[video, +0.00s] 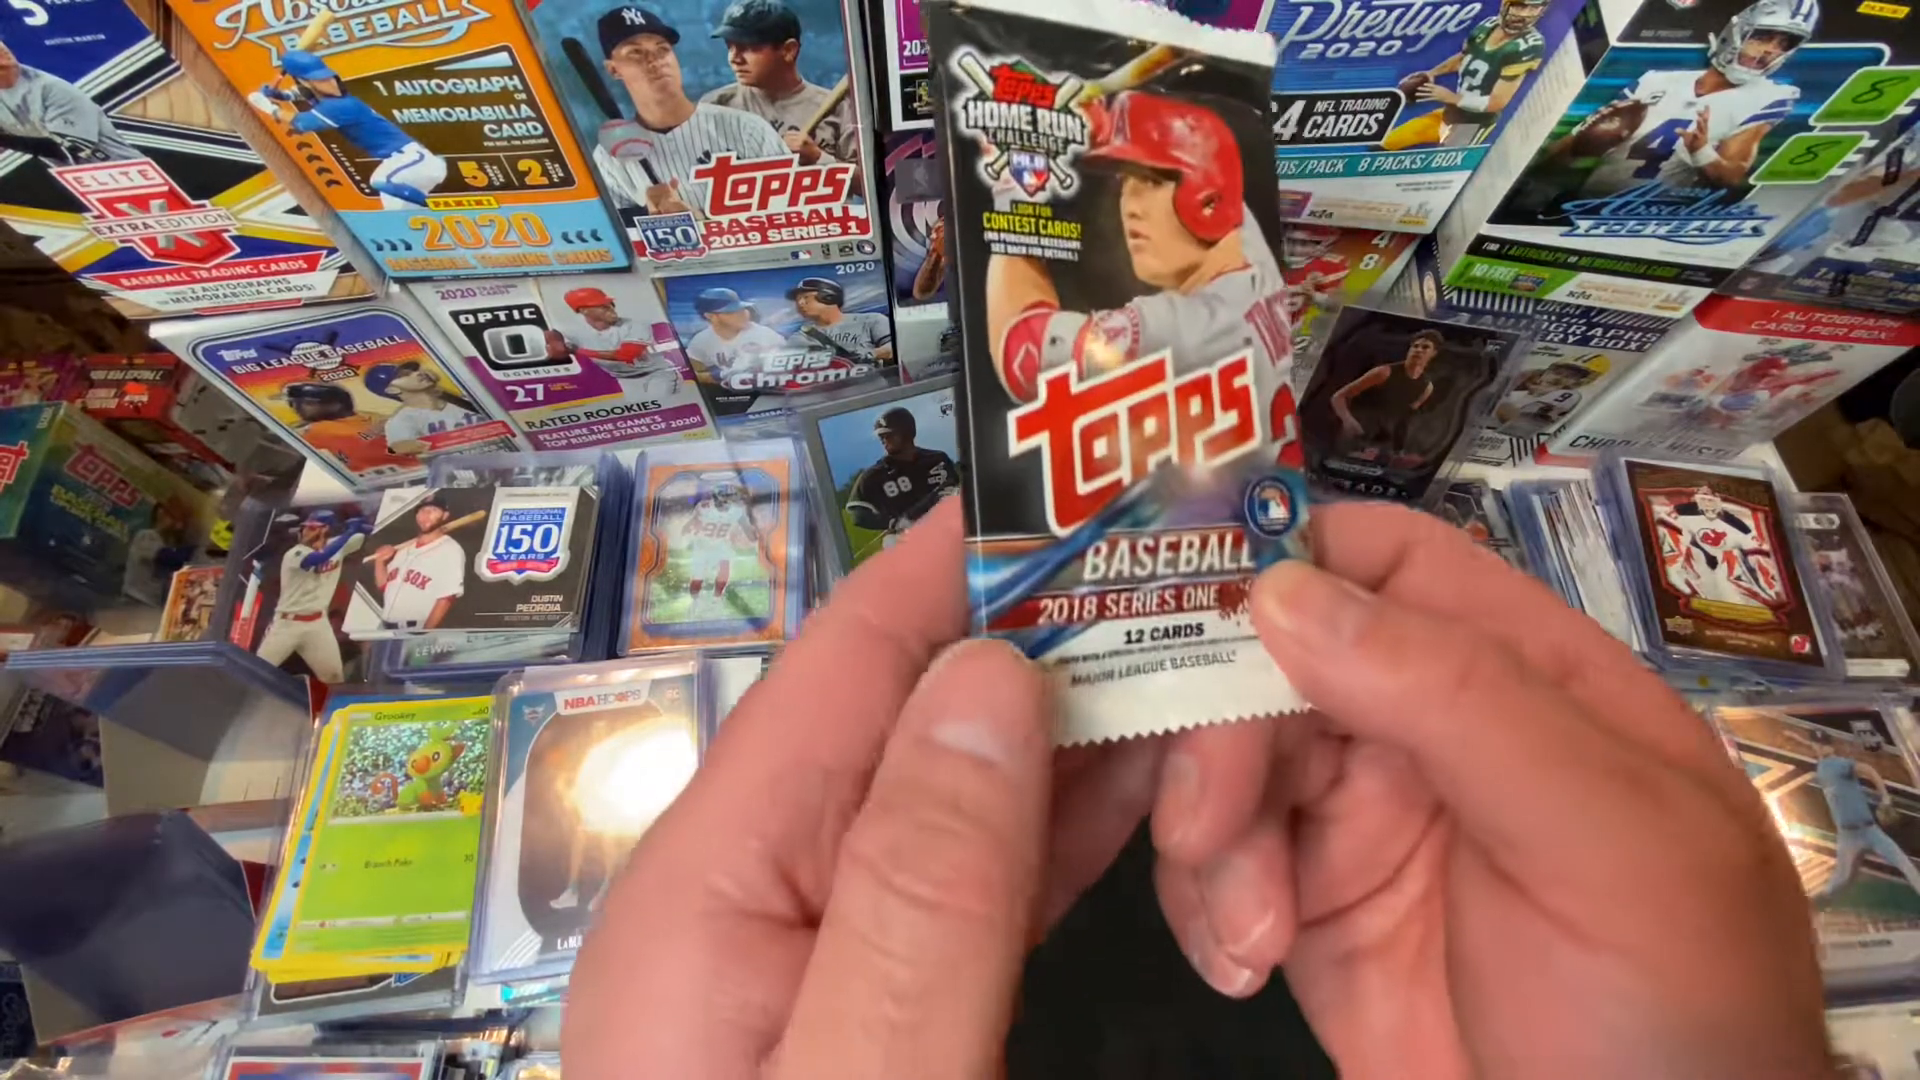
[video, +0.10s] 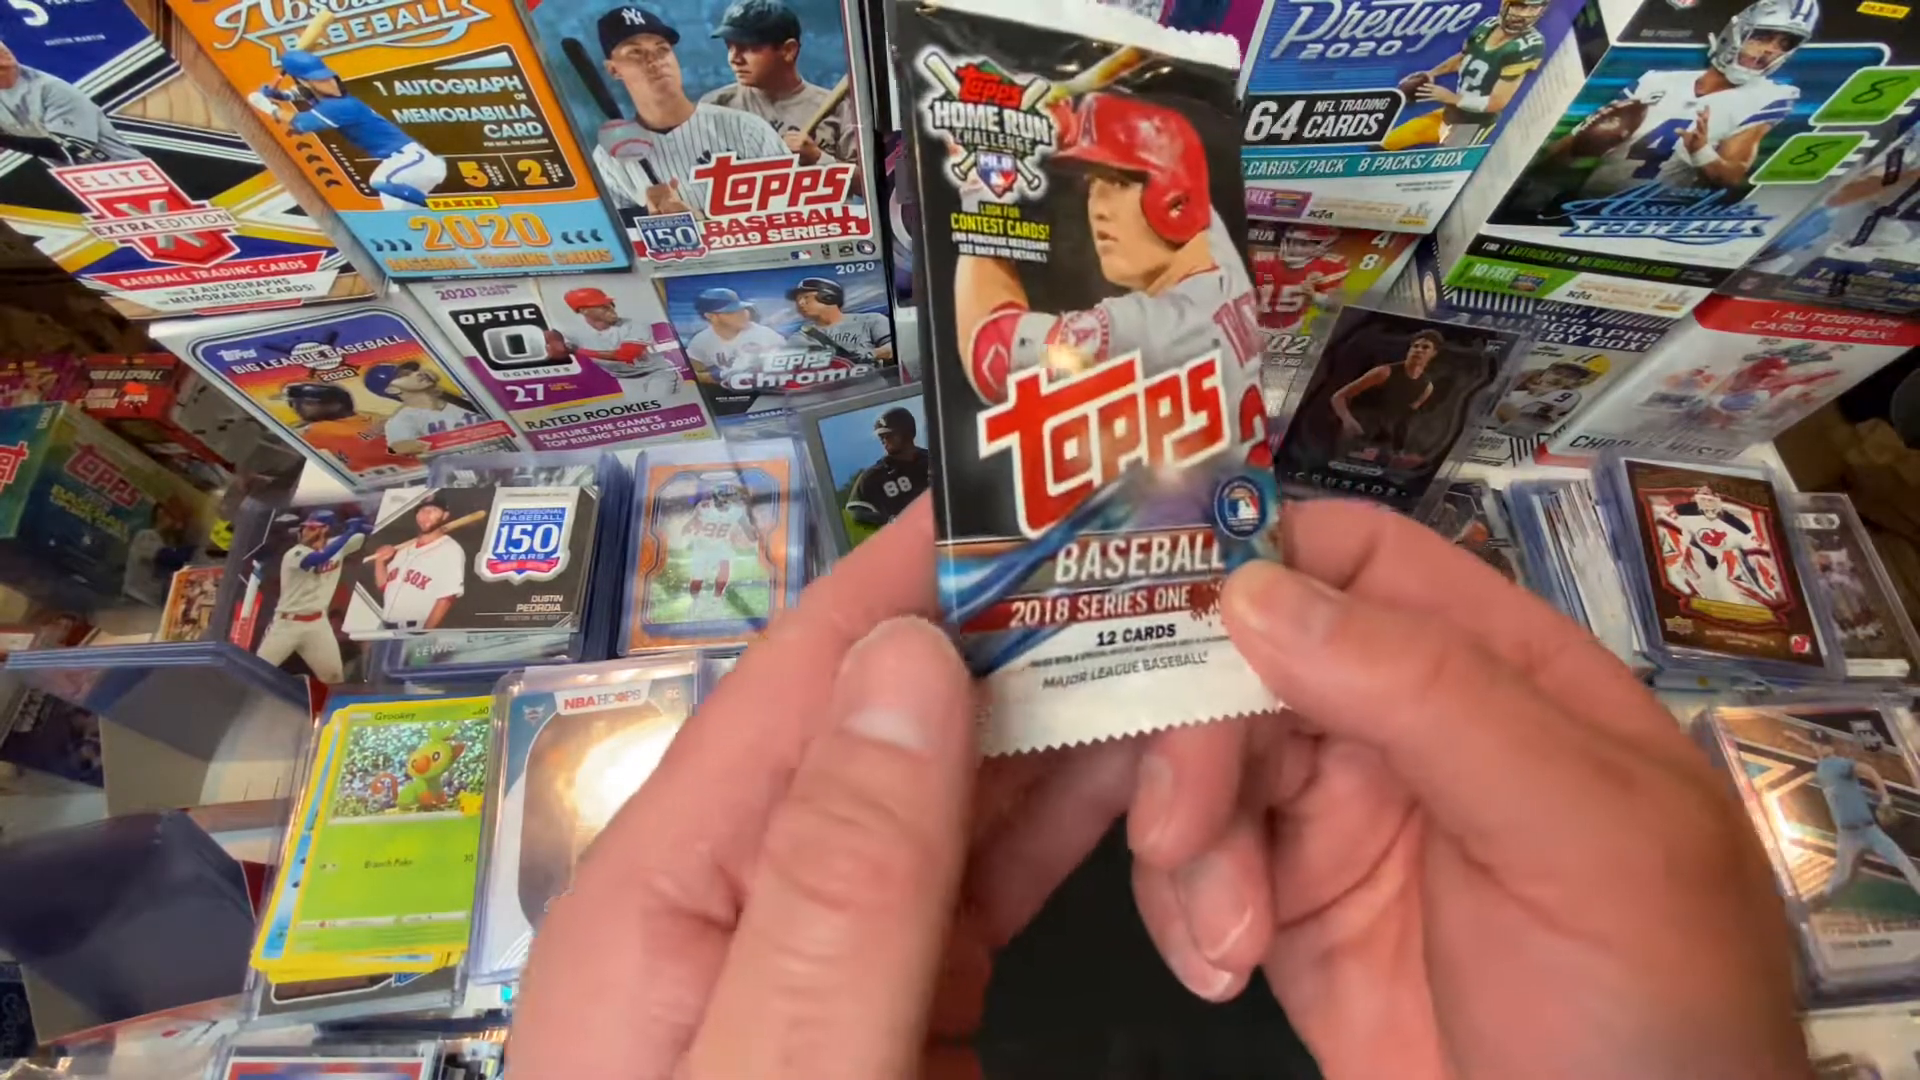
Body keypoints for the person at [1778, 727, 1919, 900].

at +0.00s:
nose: (1823, 751)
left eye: (1825, 746)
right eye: (1819, 748)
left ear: (1831, 746)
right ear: (1815, 750)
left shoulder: (1841, 765)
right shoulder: (1821, 768)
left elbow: (1869, 770)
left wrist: (1885, 797)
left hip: (1869, 829)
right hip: (1846, 834)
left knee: (1903, 862)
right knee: (1842, 876)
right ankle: (1820, 899)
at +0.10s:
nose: (1823, 750)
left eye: (1826, 745)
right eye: (1819, 746)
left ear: (1832, 746)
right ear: (1815, 749)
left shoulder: (1840, 766)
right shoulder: (1824, 767)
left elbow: (1855, 792)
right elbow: (1868, 770)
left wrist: (1882, 800)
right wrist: (1884, 795)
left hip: (1869, 829)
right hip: (1846, 833)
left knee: (1902, 862)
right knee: (1842, 875)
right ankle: (1823, 897)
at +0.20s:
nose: (1823, 749)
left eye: (1825, 744)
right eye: (1818, 745)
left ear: (1831, 744)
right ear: (1814, 748)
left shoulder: (1839, 765)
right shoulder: (1824, 768)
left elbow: (1854, 791)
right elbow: (1868, 770)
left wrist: (1883, 799)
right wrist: (1885, 796)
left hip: (1870, 829)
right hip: (1846, 834)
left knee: (1903, 862)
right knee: (1842, 877)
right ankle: (1822, 898)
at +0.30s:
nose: (1823, 749)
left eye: (1825, 744)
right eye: (1818, 745)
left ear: (1831, 745)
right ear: (1814, 748)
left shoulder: (1839, 765)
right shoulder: (1824, 768)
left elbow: (1855, 791)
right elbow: (1868, 769)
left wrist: (1883, 798)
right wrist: (1884, 795)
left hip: (1870, 829)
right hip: (1846, 834)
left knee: (1903, 862)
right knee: (1842, 877)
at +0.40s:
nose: (1823, 749)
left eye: (1825, 744)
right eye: (1819, 746)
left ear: (1831, 745)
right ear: (1814, 748)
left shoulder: (1840, 764)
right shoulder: (1824, 767)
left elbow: (1869, 770)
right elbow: (1866, 769)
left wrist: (1885, 797)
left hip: (1871, 829)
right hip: (1847, 835)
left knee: (1904, 863)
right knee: (1843, 876)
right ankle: (1824, 897)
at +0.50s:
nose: (1823, 749)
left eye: (1825, 744)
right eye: (1819, 746)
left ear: (1831, 745)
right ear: (1814, 748)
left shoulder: (1839, 764)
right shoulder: (1823, 767)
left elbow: (1869, 770)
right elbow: (1866, 769)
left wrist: (1884, 797)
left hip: (1871, 829)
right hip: (1847, 835)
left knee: (1904, 863)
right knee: (1842, 876)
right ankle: (1824, 897)